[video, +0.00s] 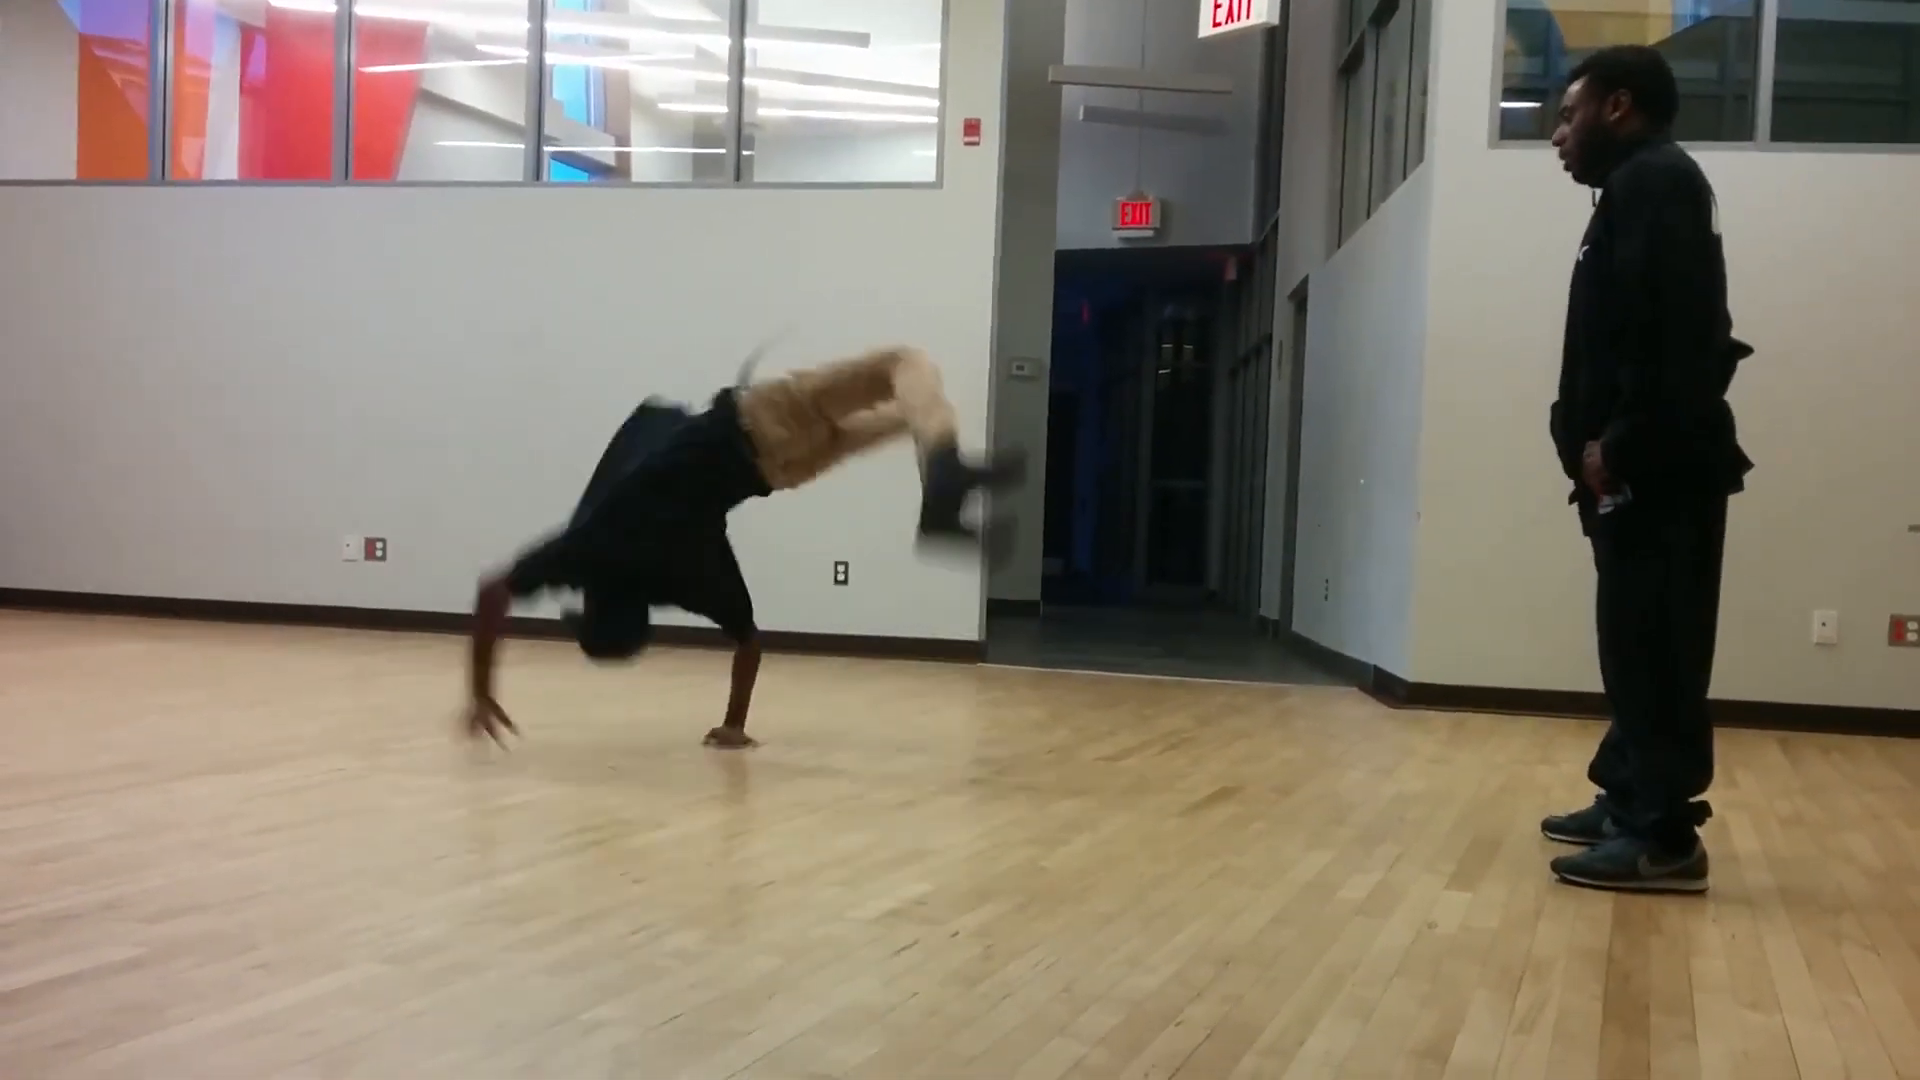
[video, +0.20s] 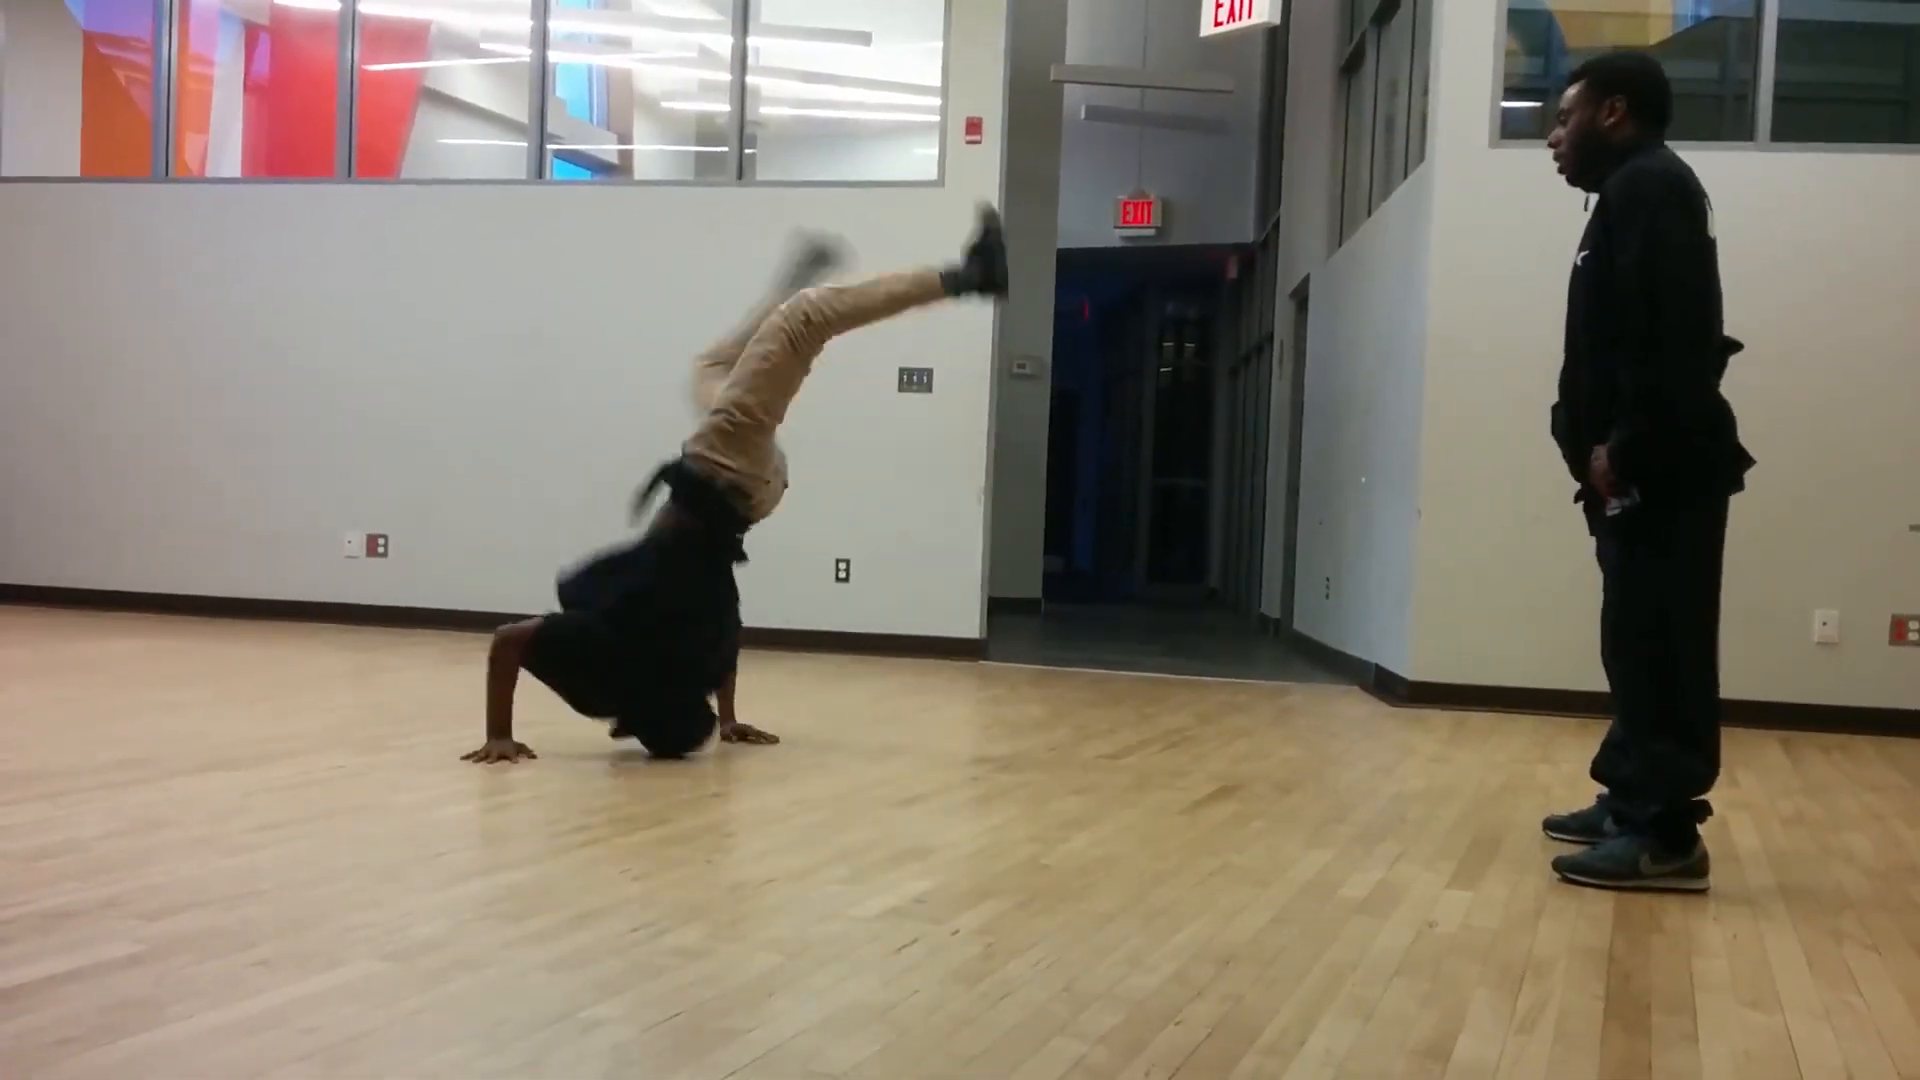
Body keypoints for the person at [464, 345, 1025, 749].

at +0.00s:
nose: (625, 654)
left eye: (624, 652)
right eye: (615, 652)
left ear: (624, 621)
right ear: (624, 613)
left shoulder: (583, 551)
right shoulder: (702, 584)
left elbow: (494, 592)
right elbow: (748, 642)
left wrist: (479, 693)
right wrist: (734, 725)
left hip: (771, 468)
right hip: (751, 419)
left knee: (890, 416)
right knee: (905, 366)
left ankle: (962, 475)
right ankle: (941, 473)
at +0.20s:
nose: (677, 730)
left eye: (681, 728)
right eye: (656, 734)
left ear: (682, 716)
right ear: (630, 725)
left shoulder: (687, 679)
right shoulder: (599, 665)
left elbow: (727, 630)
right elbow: (507, 643)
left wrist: (727, 717)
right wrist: (497, 736)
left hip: (746, 501)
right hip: (703, 494)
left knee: (713, 374)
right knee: (805, 317)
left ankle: (790, 292)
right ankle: (965, 276)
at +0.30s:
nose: (697, 743)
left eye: (712, 740)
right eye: (685, 743)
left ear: (719, 729)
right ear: (658, 734)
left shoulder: (719, 685)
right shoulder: (633, 668)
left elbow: (719, 627)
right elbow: (535, 649)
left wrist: (722, 723)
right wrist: (500, 732)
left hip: (731, 492)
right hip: (741, 485)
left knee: (625, 415)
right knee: (791, 308)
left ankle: (631, 272)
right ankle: (938, 234)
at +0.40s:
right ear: (651, 715)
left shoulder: (724, 720)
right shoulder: (662, 672)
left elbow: (742, 617)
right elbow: (579, 638)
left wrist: (678, 616)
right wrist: (524, 699)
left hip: (740, 475)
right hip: (765, 475)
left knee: (608, 470)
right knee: (760, 302)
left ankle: (587, 335)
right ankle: (839, 171)